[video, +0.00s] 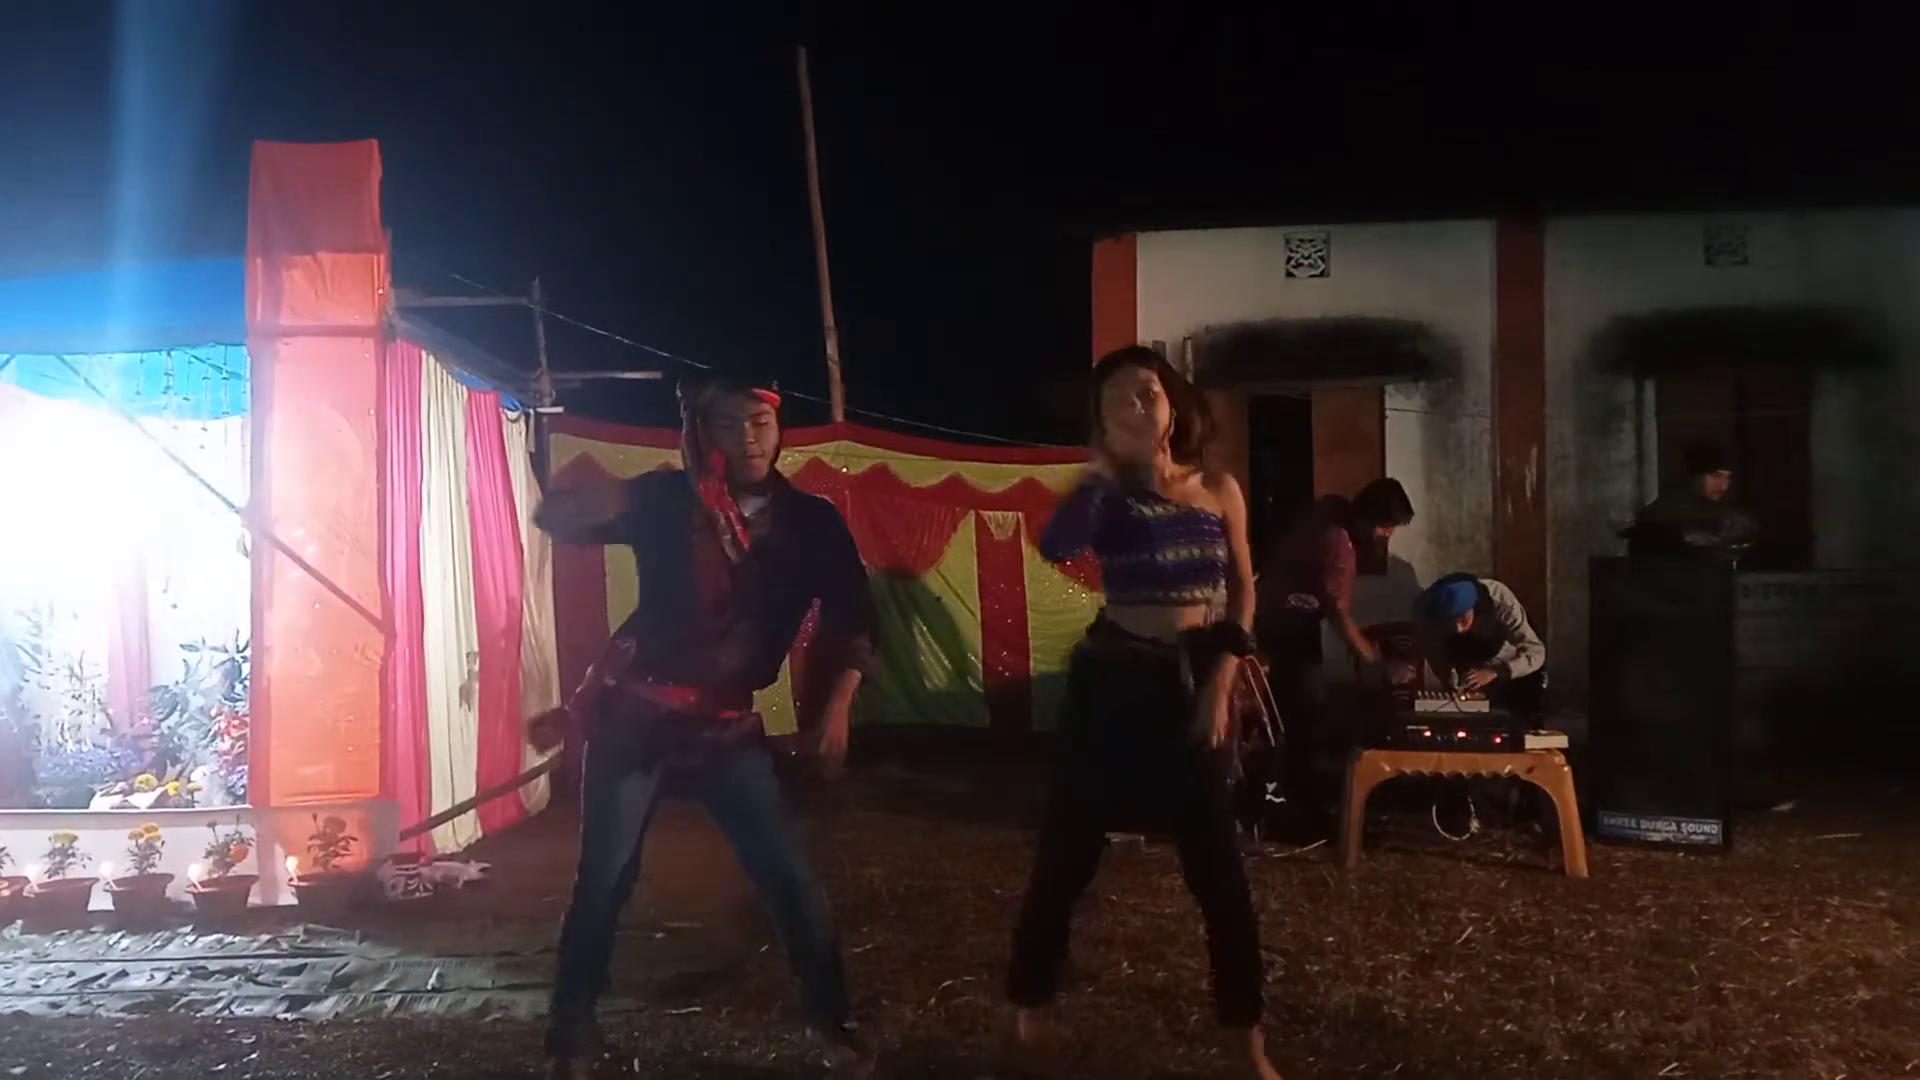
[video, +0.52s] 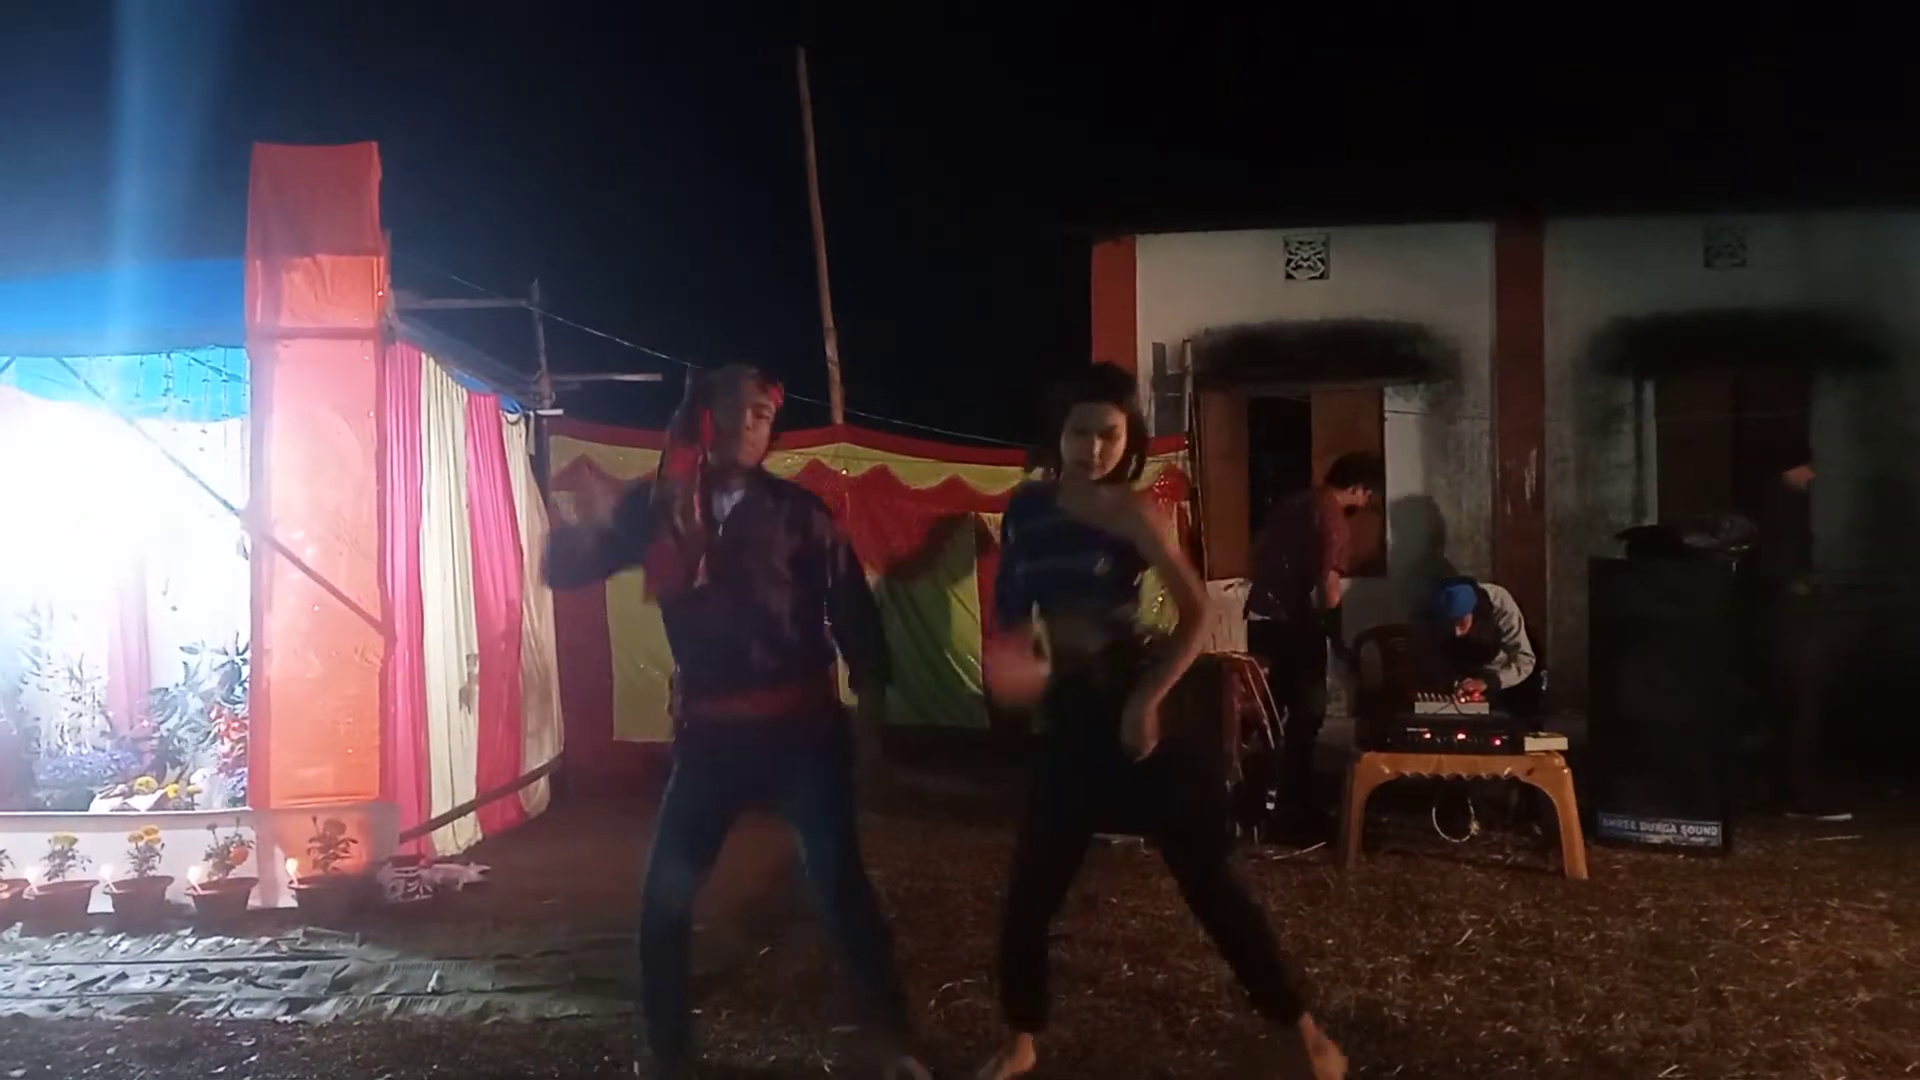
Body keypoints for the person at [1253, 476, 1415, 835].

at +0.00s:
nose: (1387, 535)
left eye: (1391, 528)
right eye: (1386, 527)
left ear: (1365, 504)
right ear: (1371, 517)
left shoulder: (1330, 509)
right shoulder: (1339, 543)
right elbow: (1337, 608)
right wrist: (1363, 649)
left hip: (1280, 616)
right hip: (1293, 623)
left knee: (1298, 711)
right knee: (1305, 713)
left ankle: (1301, 809)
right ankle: (1307, 815)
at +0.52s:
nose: (1363, 504)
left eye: (1367, 497)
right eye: (1366, 496)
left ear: (1334, 478)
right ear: (1356, 489)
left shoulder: (1294, 504)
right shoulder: (1330, 514)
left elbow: (1268, 562)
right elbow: (1329, 578)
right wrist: (1335, 628)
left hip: (1265, 622)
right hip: (1298, 624)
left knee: (1275, 712)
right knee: (1308, 714)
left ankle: (1262, 799)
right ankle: (1296, 809)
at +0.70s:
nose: (1340, 504)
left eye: (1342, 497)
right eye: (1342, 496)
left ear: (1312, 481)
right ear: (1334, 489)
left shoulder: (1265, 503)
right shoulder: (1318, 514)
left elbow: (1233, 559)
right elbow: (1328, 581)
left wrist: (1227, 610)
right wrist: (1355, 630)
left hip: (1248, 626)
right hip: (1290, 628)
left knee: (1254, 708)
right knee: (1311, 708)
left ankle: (1249, 795)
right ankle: (1297, 798)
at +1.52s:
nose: (1377, 512)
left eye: (1380, 507)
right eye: (1378, 505)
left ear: (1351, 491)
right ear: (1367, 497)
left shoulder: (1303, 515)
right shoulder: (1363, 524)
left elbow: (1276, 565)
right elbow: (1365, 583)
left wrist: (1267, 610)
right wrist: (1372, 615)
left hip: (1298, 632)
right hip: (1342, 635)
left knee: (1275, 706)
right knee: (1349, 713)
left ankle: (1253, 772)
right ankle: (1346, 780)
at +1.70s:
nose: (1398, 504)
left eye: (1401, 497)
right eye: (1400, 496)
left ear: (1371, 484)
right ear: (1388, 490)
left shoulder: (1329, 508)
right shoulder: (1381, 515)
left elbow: (1301, 560)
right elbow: (1390, 570)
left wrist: (1295, 607)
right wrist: (1411, 600)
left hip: (1323, 617)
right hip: (1359, 617)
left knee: (1328, 677)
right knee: (1359, 687)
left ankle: (1282, 727)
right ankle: (1349, 756)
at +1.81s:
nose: (1409, 500)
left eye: (1413, 493)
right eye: (1411, 491)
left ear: (1381, 480)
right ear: (1399, 485)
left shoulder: (1342, 509)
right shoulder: (1391, 512)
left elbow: (1320, 563)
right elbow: (1403, 565)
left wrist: (1315, 605)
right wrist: (1427, 587)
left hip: (1336, 611)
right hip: (1371, 613)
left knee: (1358, 675)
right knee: (1371, 679)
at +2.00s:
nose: (1441, 502)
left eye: (1445, 497)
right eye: (1442, 494)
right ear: (1430, 487)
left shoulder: (1382, 511)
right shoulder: (1418, 514)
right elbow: (1431, 567)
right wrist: (1461, 613)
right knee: (1466, 599)